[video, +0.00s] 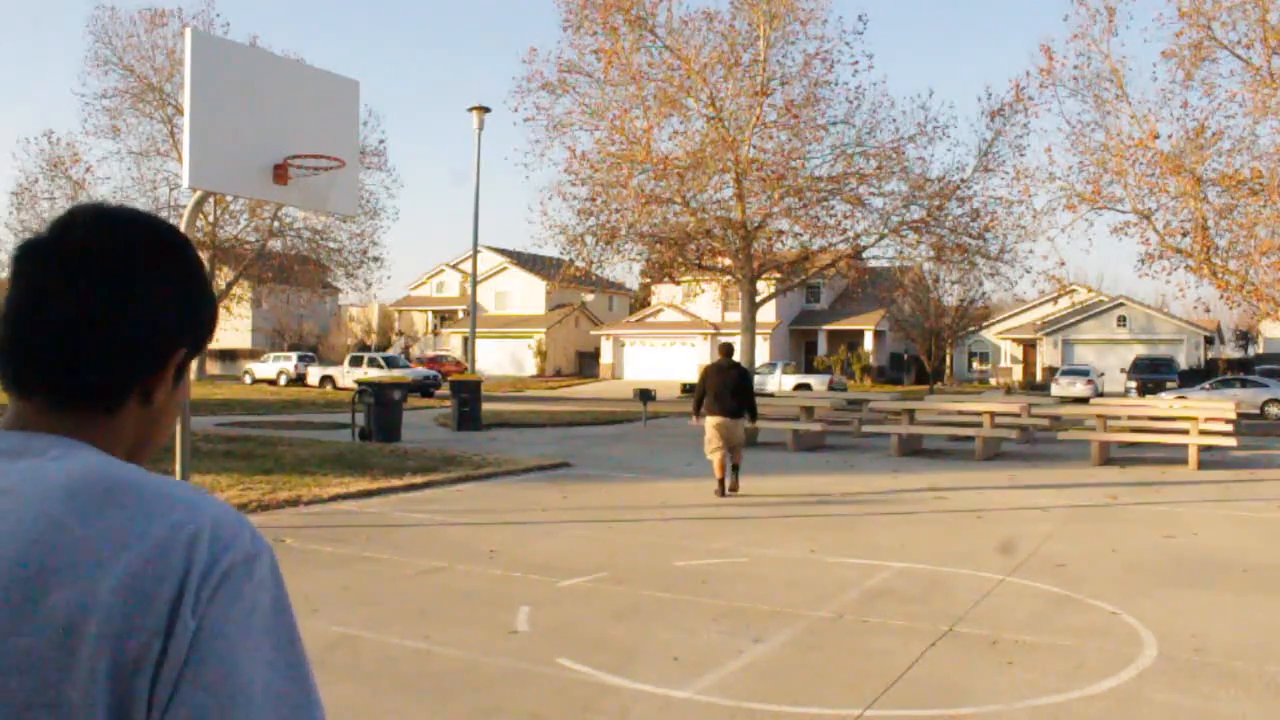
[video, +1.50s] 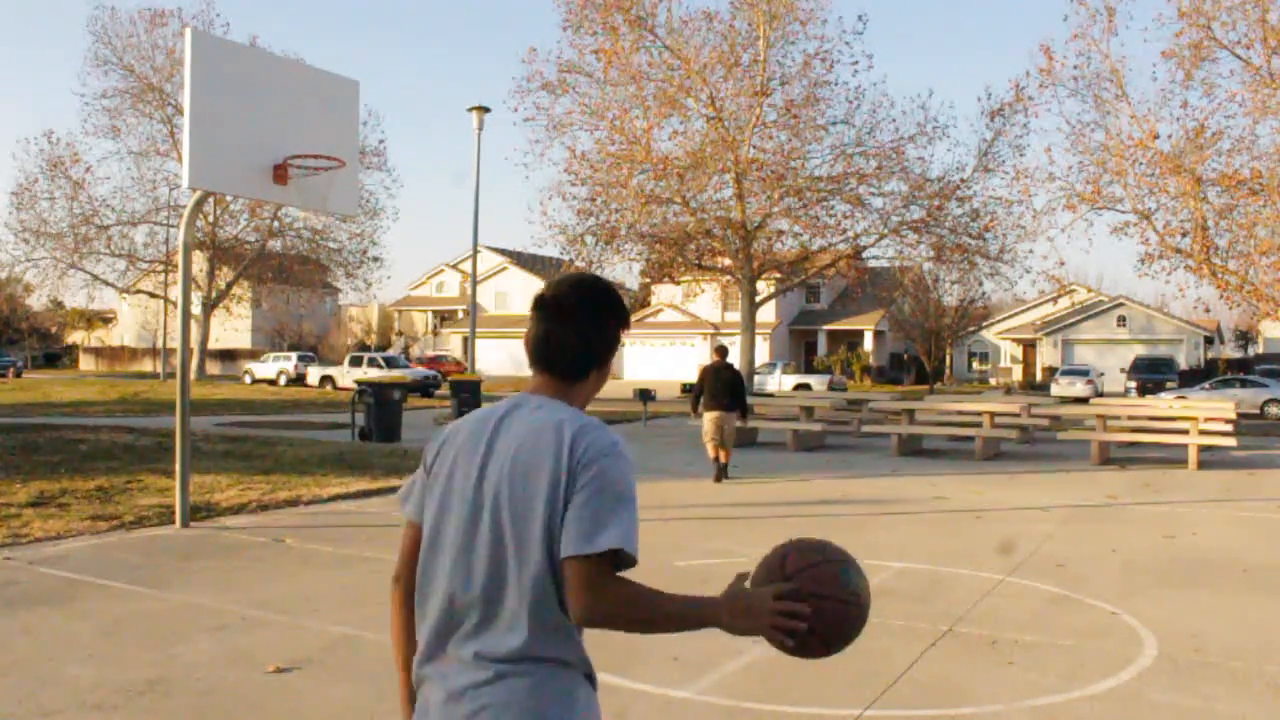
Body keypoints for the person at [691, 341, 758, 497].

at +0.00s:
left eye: (721, 351)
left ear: (719, 353)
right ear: (733, 353)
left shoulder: (709, 370)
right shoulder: (742, 371)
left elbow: (700, 392)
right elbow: (749, 395)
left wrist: (696, 411)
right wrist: (753, 416)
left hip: (714, 416)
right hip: (735, 416)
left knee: (718, 451)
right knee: (736, 447)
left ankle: (720, 486)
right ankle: (735, 475)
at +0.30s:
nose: (721, 357)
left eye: (721, 355)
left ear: (720, 356)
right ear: (733, 356)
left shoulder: (712, 371)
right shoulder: (741, 373)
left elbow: (700, 391)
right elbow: (751, 397)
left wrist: (694, 407)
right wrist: (760, 416)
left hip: (715, 416)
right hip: (735, 417)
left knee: (717, 449)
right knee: (731, 450)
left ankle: (720, 482)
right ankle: (728, 479)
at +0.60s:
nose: (724, 354)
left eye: (722, 352)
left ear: (721, 352)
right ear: (734, 353)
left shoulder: (712, 369)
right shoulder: (742, 371)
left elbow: (703, 391)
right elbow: (748, 392)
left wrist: (701, 411)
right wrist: (747, 410)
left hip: (716, 413)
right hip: (734, 414)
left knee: (712, 441)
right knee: (730, 446)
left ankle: (715, 472)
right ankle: (728, 478)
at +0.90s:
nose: (721, 356)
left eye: (719, 354)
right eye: (725, 353)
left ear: (717, 354)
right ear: (730, 355)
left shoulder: (709, 371)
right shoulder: (738, 373)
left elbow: (701, 394)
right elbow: (744, 396)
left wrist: (699, 414)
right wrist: (743, 413)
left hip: (713, 413)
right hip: (732, 414)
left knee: (714, 444)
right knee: (729, 444)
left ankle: (718, 473)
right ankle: (727, 478)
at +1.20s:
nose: (715, 355)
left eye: (715, 353)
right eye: (719, 353)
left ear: (715, 353)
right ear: (727, 354)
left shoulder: (707, 370)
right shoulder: (736, 371)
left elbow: (697, 389)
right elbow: (743, 392)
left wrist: (693, 404)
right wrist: (744, 408)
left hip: (711, 410)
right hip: (730, 410)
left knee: (715, 442)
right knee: (730, 441)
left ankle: (718, 473)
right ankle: (730, 472)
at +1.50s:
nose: (715, 357)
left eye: (715, 354)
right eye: (718, 354)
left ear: (714, 354)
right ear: (727, 355)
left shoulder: (707, 371)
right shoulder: (735, 373)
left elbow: (697, 390)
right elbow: (741, 395)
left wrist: (694, 407)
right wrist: (743, 413)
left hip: (712, 411)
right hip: (729, 411)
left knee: (711, 439)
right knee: (726, 443)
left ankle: (716, 462)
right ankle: (724, 468)